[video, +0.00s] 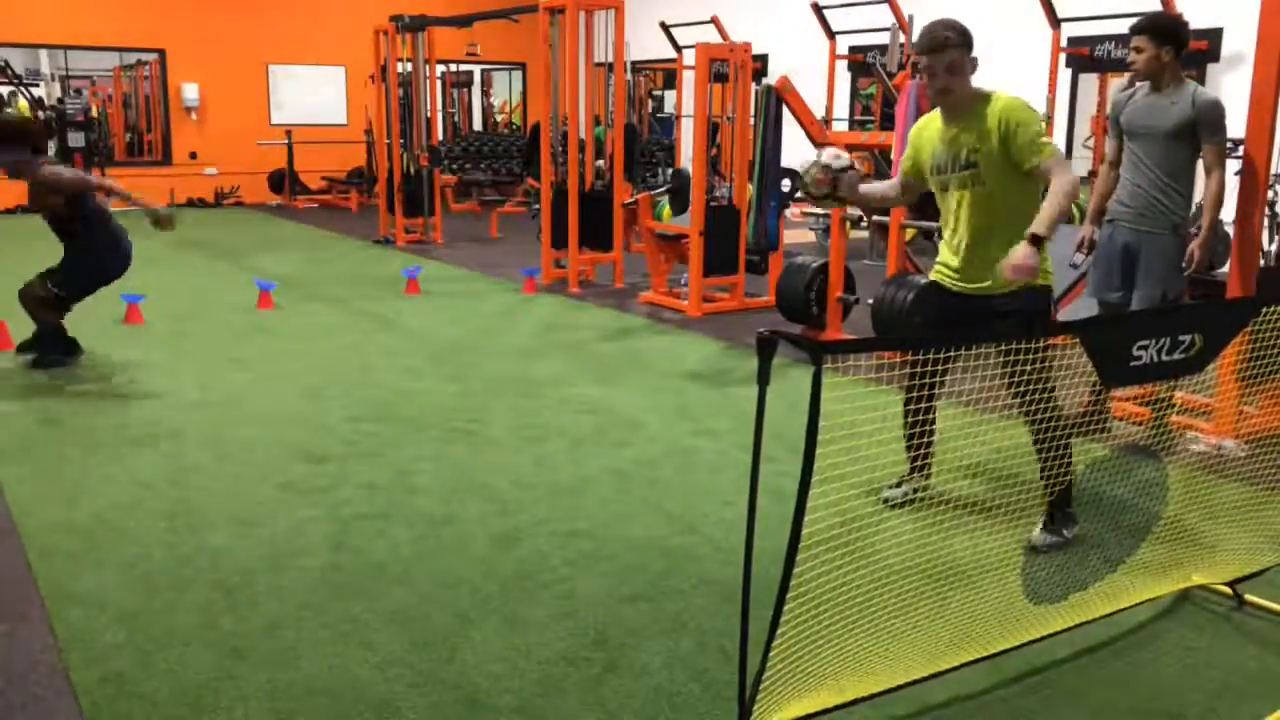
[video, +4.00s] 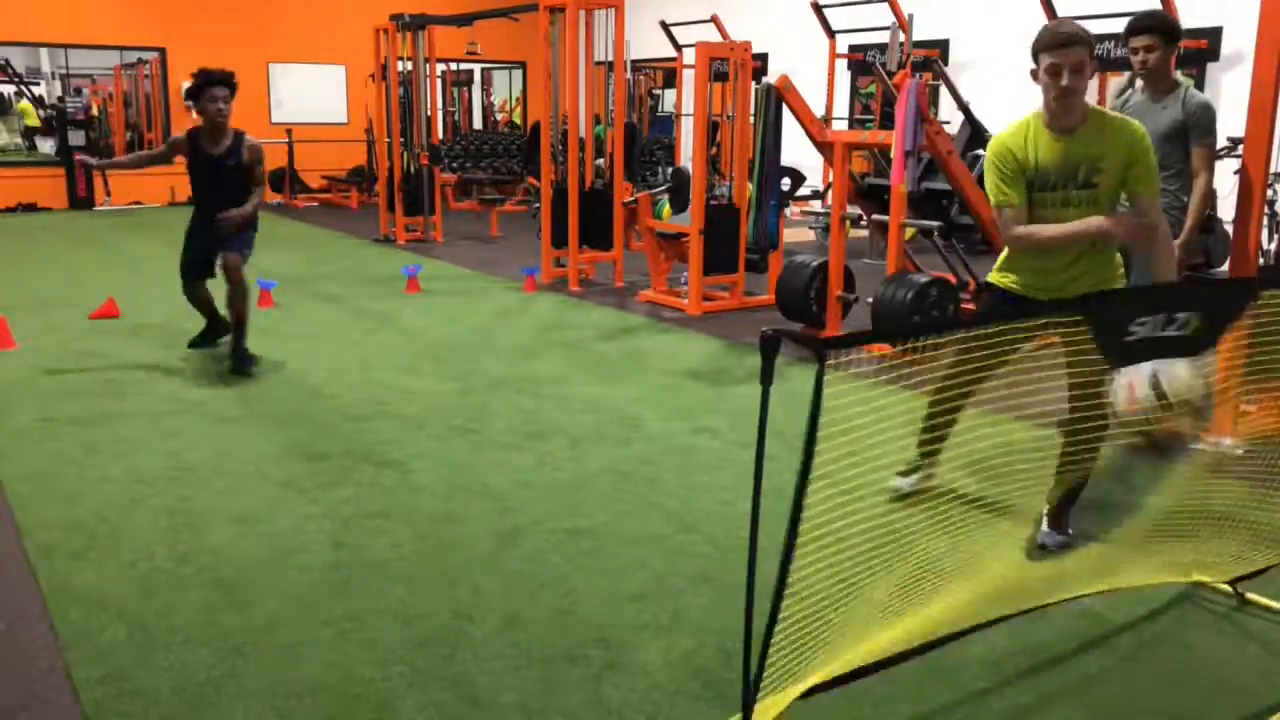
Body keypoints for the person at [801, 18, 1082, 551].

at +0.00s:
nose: (929, 75)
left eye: (941, 65)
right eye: (923, 65)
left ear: (970, 63)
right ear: (918, 67)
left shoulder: (1008, 115)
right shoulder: (924, 132)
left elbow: (1065, 179)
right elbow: (901, 191)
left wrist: (1033, 240)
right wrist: (844, 188)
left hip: (1016, 281)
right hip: (950, 280)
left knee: (1031, 392)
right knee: (920, 375)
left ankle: (1060, 511)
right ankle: (917, 475)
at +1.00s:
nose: (1020, 55)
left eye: (1029, 45)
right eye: (1021, 44)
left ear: (1064, 49)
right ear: (1053, 50)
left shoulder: (1118, 117)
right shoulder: (1028, 114)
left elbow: (1148, 209)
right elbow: (1013, 183)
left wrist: (1131, 290)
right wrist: (976, 226)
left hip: (1092, 286)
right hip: (1036, 281)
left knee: (1078, 396)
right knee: (1040, 386)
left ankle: (1069, 508)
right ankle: (1073, 478)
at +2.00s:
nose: (1027, 54)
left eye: (1031, 42)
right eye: (1029, 42)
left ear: (1052, 45)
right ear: (1076, 46)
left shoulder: (1060, 111)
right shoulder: (1111, 107)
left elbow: (1049, 204)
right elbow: (1093, 197)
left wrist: (980, 220)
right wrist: (1015, 215)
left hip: (1072, 280)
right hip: (1105, 277)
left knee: (1069, 396)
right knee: (1082, 389)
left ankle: (1091, 520)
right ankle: (1081, 491)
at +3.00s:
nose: (946, 81)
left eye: (959, 72)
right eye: (939, 70)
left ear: (977, 71)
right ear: (927, 66)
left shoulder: (1003, 128)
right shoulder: (907, 136)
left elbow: (1036, 206)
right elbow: (906, 207)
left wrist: (963, 211)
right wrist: (895, 238)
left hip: (990, 288)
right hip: (922, 286)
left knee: (1007, 400)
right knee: (877, 372)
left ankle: (1054, 514)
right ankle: (863, 471)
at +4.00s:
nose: (1066, 81)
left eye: (1076, 70)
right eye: (1053, 71)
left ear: (1092, 72)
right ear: (1036, 76)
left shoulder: (1127, 139)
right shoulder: (1009, 146)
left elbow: (1153, 229)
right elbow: (1011, 235)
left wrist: (1168, 307)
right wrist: (1096, 227)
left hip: (1092, 291)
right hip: (1018, 287)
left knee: (1090, 404)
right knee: (958, 373)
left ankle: (1057, 516)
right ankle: (923, 463)